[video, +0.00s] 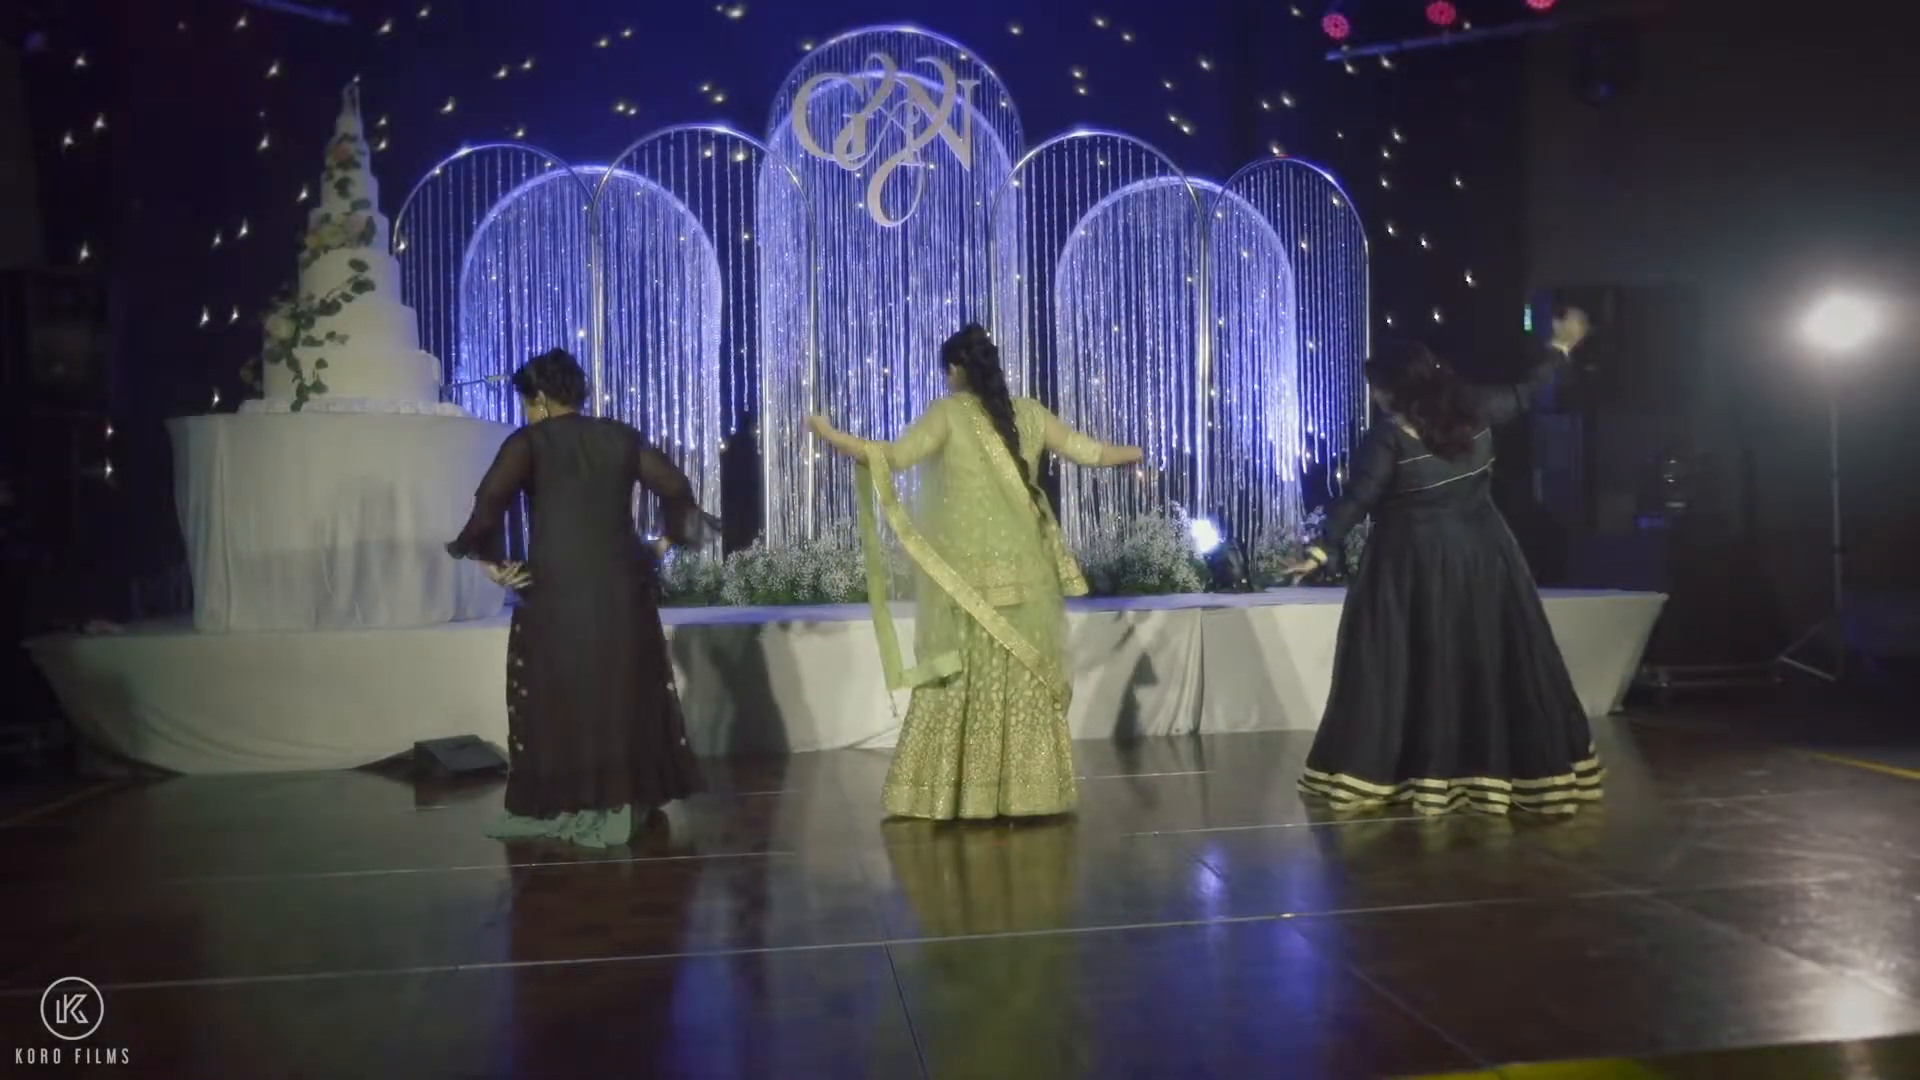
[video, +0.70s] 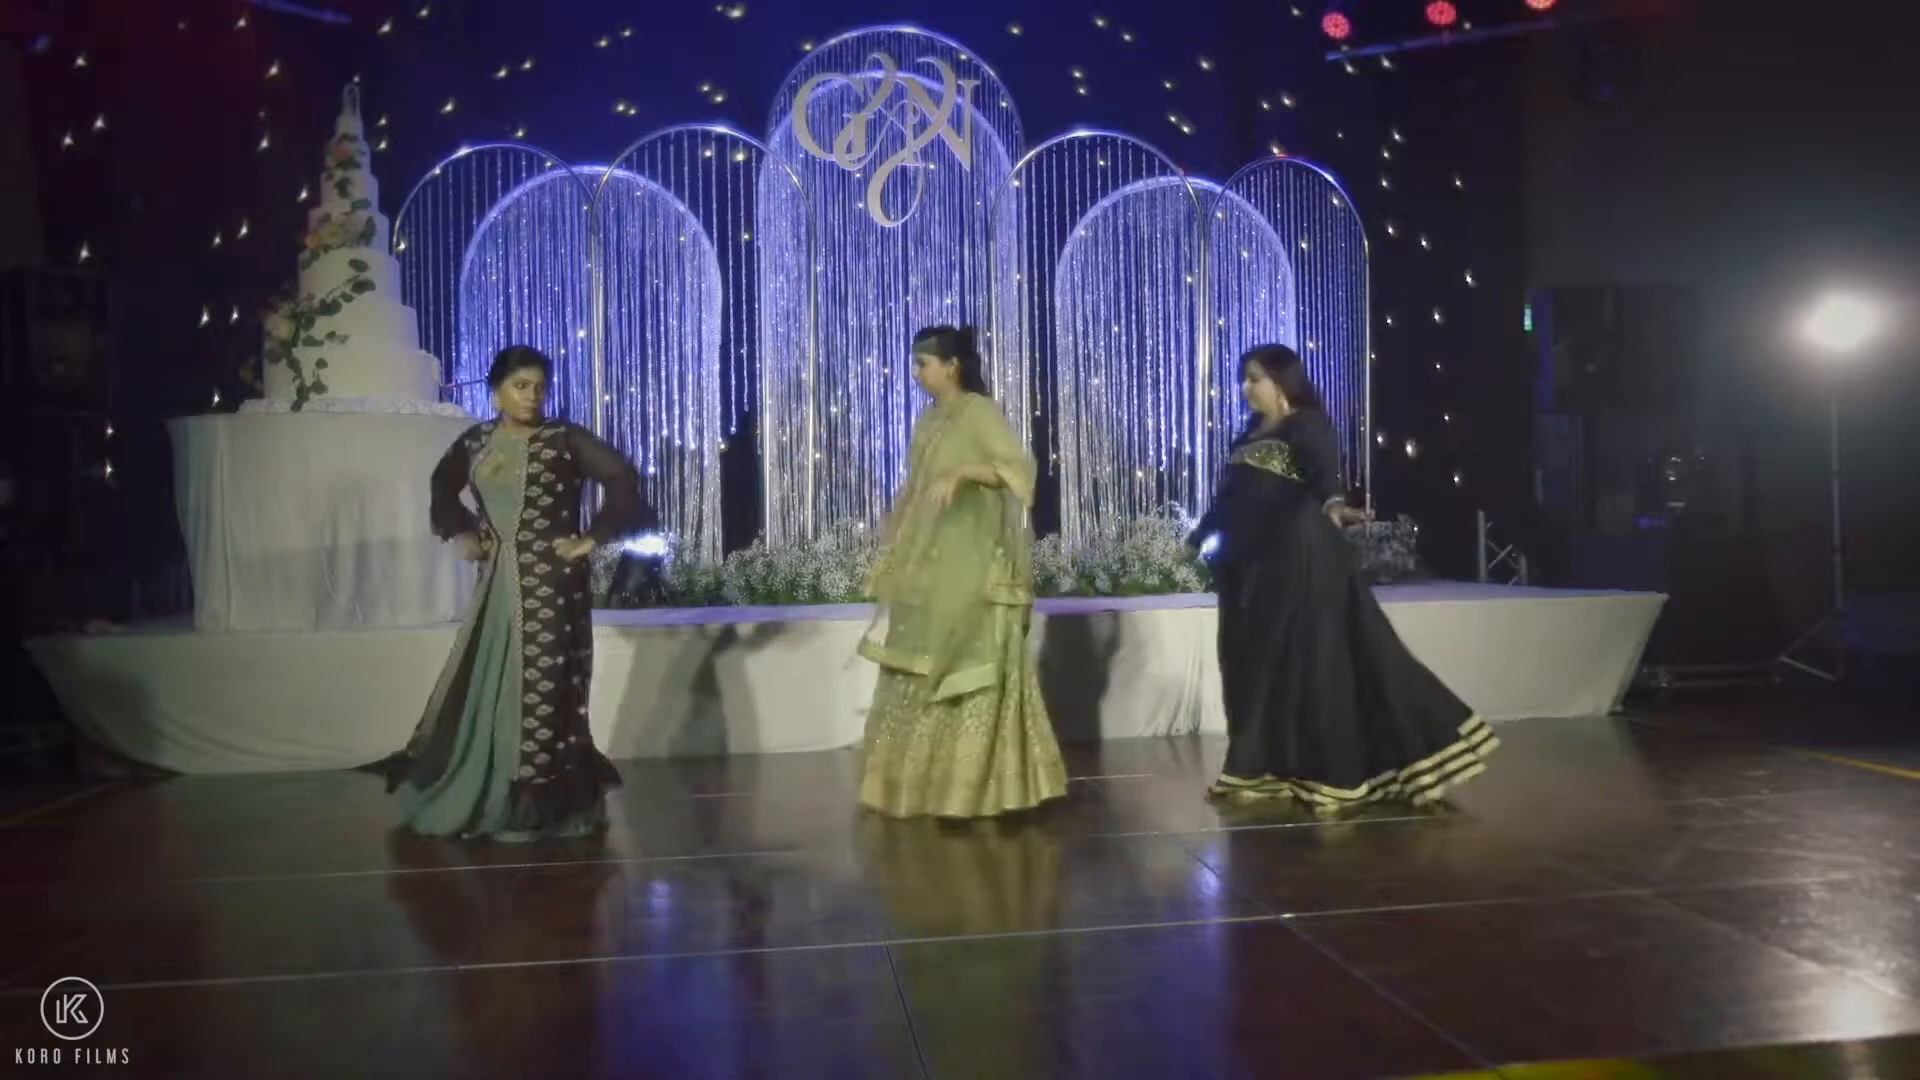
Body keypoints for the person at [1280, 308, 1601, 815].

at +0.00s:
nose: (1371, 396)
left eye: (1374, 388)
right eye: (1371, 387)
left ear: (1392, 388)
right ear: (1430, 377)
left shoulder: (1389, 436)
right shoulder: (1475, 410)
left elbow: (1360, 497)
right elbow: (1529, 391)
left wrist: (1321, 547)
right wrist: (1562, 346)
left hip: (1416, 556)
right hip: (1482, 551)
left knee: (1414, 662)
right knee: (1486, 660)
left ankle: (1419, 781)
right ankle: (1494, 778)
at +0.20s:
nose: (1356, 396)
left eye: (1359, 387)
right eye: (1354, 387)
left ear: (1377, 385)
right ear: (1411, 376)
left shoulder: (1377, 426)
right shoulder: (1451, 416)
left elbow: (1354, 479)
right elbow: (1498, 425)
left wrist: (1321, 519)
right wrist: (1552, 420)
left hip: (1397, 555)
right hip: (1458, 550)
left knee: (1393, 662)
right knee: (1467, 659)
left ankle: (1388, 780)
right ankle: (1476, 779)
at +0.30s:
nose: (1336, 397)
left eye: (1339, 388)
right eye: (1335, 388)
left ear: (1362, 386)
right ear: (1386, 383)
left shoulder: (1369, 424)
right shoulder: (1424, 420)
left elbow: (1352, 468)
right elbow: (1458, 428)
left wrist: (1331, 497)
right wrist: (1496, 422)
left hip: (1386, 549)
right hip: (1438, 545)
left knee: (1379, 660)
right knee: (1445, 658)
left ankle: (1376, 774)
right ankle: (1453, 772)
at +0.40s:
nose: (1316, 400)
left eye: (1320, 390)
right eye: (1315, 390)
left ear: (1344, 388)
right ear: (1359, 385)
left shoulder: (1355, 425)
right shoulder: (1395, 423)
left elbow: (1340, 481)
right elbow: (1406, 450)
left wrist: (1324, 497)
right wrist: (1435, 434)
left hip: (1368, 550)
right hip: (1411, 546)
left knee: (1361, 660)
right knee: (1418, 657)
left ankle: (1364, 771)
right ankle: (1428, 769)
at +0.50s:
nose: (1294, 398)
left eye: (1298, 387)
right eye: (1292, 388)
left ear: (1319, 386)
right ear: (1331, 385)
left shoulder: (1332, 428)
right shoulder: (1353, 426)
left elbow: (1327, 487)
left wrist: (1317, 499)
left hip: (1340, 566)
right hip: (1366, 560)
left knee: (1335, 669)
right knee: (1364, 667)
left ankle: (1346, 772)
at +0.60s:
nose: (1269, 393)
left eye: (1275, 383)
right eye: (1268, 384)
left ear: (1301, 383)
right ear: (1298, 387)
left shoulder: (1323, 424)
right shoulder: (1296, 429)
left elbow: (1338, 473)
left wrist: (1338, 500)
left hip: (1318, 562)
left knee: (1318, 666)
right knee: (1297, 666)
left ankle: (1333, 773)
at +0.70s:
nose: (1245, 388)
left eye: (1253, 379)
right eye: (1245, 380)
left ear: (1280, 381)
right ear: (1259, 386)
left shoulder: (1307, 426)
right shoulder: (1249, 437)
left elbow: (1327, 471)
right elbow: (1228, 498)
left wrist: (1333, 502)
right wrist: (1197, 539)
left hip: (1301, 559)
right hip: (1252, 560)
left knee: (1303, 663)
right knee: (1257, 662)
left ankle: (1321, 770)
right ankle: (1264, 767)